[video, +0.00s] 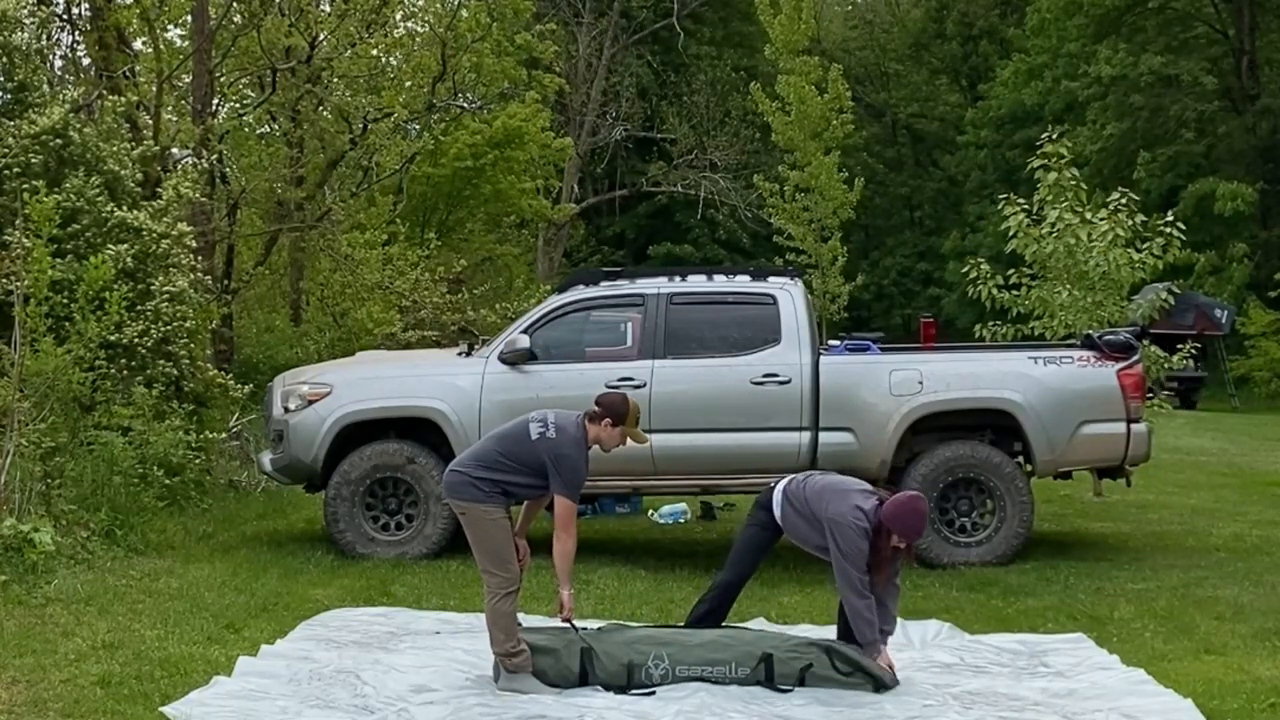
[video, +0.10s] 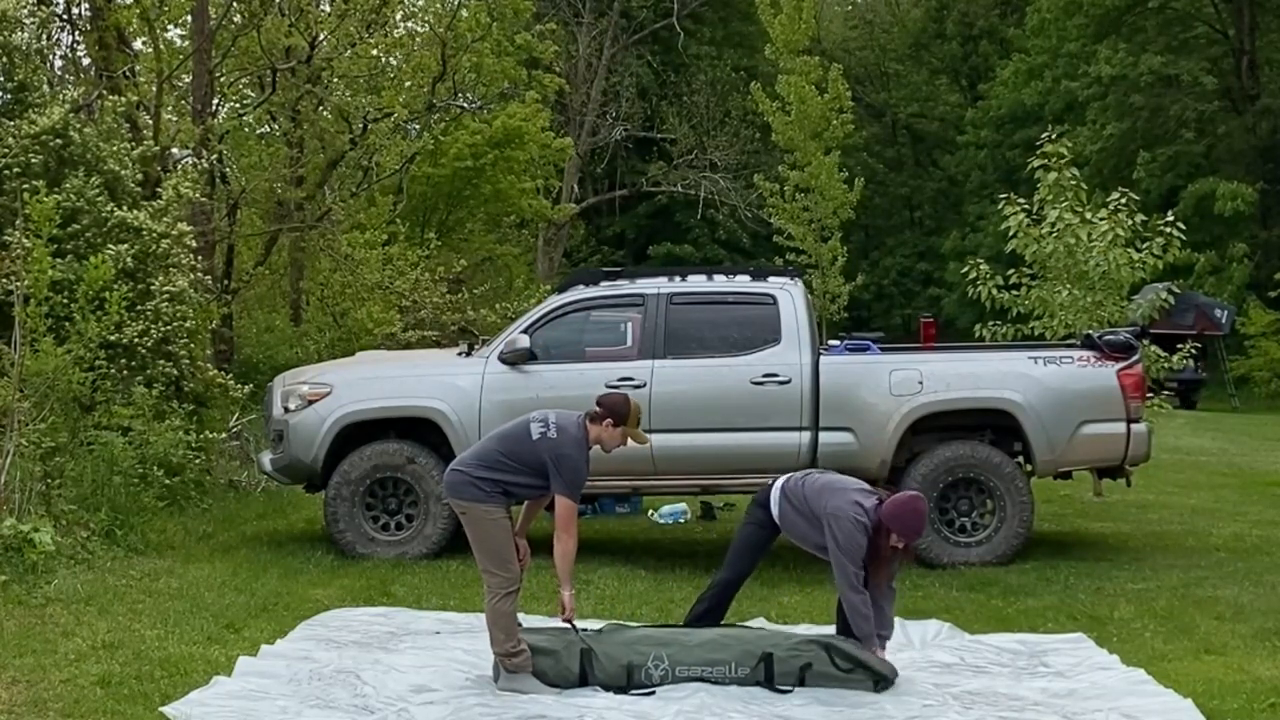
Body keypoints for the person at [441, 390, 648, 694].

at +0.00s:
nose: (624, 441)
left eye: (626, 435)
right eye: (623, 433)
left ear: (602, 420)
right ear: (606, 423)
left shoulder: (569, 427)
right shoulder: (570, 453)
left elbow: (541, 490)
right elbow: (564, 534)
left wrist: (519, 533)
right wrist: (565, 589)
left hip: (480, 486)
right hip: (475, 490)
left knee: (508, 573)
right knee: (502, 579)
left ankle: (506, 663)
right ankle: (513, 671)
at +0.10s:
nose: (625, 442)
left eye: (627, 435)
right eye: (624, 433)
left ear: (603, 421)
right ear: (607, 424)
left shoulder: (570, 427)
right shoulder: (571, 454)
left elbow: (542, 490)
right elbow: (564, 535)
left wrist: (520, 532)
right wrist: (566, 590)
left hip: (479, 484)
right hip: (475, 489)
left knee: (508, 572)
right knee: (503, 580)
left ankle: (506, 662)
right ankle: (513, 671)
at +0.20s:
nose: (626, 441)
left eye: (628, 435)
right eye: (625, 433)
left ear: (604, 421)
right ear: (608, 424)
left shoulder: (571, 427)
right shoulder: (572, 454)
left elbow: (542, 490)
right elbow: (564, 535)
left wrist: (520, 533)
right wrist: (565, 591)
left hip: (479, 484)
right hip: (476, 489)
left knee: (508, 573)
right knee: (503, 580)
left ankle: (505, 662)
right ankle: (513, 671)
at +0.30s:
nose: (626, 440)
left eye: (629, 433)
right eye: (625, 432)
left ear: (605, 419)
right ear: (608, 422)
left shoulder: (571, 427)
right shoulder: (572, 452)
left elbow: (543, 491)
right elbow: (562, 533)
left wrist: (520, 533)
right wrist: (562, 591)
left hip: (479, 484)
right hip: (477, 489)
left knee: (508, 573)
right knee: (504, 580)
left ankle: (502, 665)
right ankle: (514, 671)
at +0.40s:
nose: (626, 438)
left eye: (628, 432)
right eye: (624, 430)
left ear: (603, 418)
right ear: (606, 421)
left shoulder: (571, 426)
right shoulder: (572, 451)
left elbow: (542, 491)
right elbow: (560, 532)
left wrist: (520, 533)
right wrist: (557, 591)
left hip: (481, 484)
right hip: (476, 488)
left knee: (508, 573)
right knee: (504, 579)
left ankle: (499, 665)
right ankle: (513, 671)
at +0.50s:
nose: (622, 442)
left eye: (625, 435)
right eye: (622, 433)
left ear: (601, 421)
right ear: (604, 423)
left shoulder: (566, 431)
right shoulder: (569, 450)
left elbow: (542, 500)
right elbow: (554, 525)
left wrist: (529, 547)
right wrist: (553, 590)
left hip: (476, 486)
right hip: (472, 489)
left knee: (511, 571)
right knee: (506, 576)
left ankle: (498, 661)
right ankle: (513, 670)